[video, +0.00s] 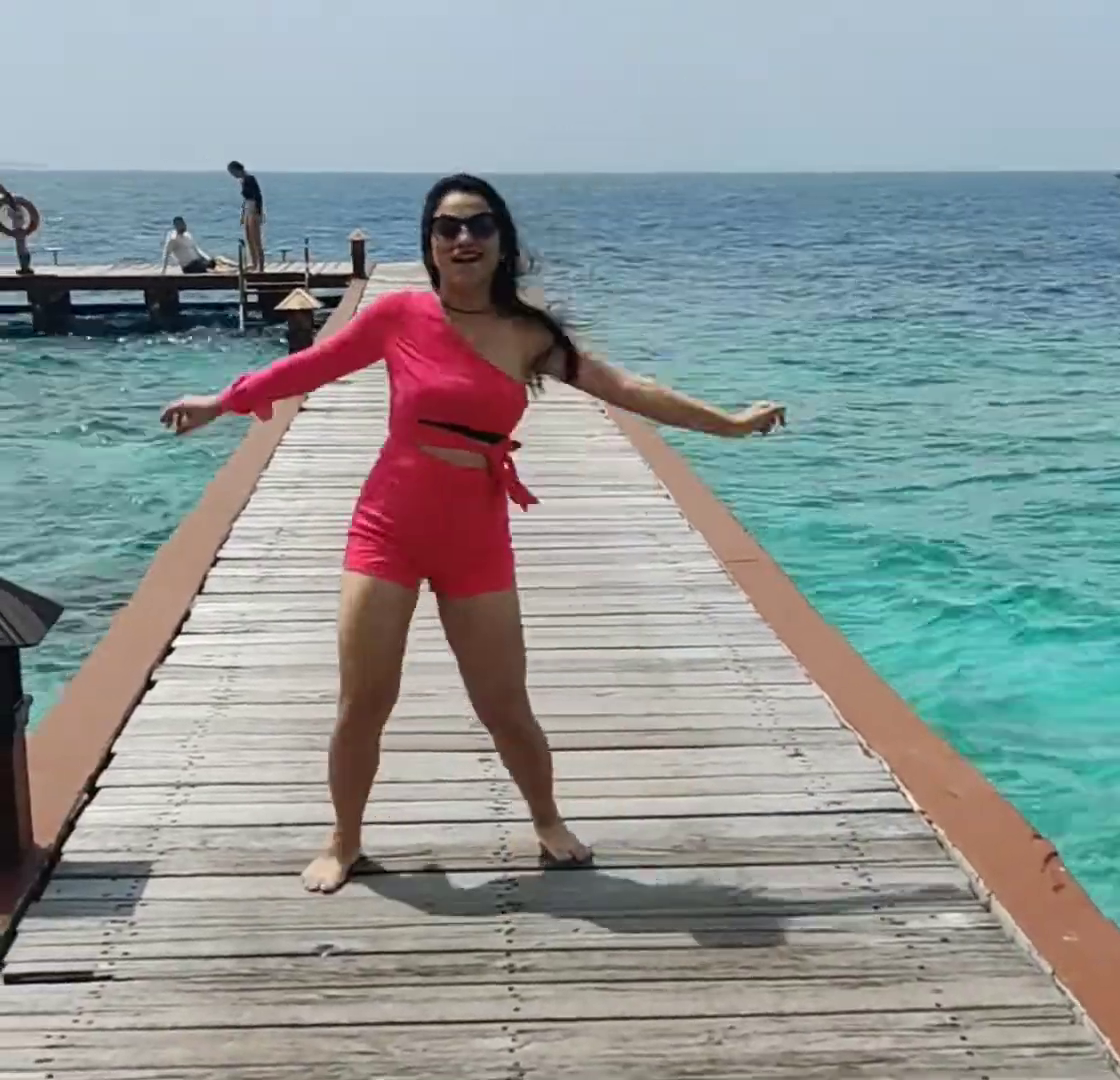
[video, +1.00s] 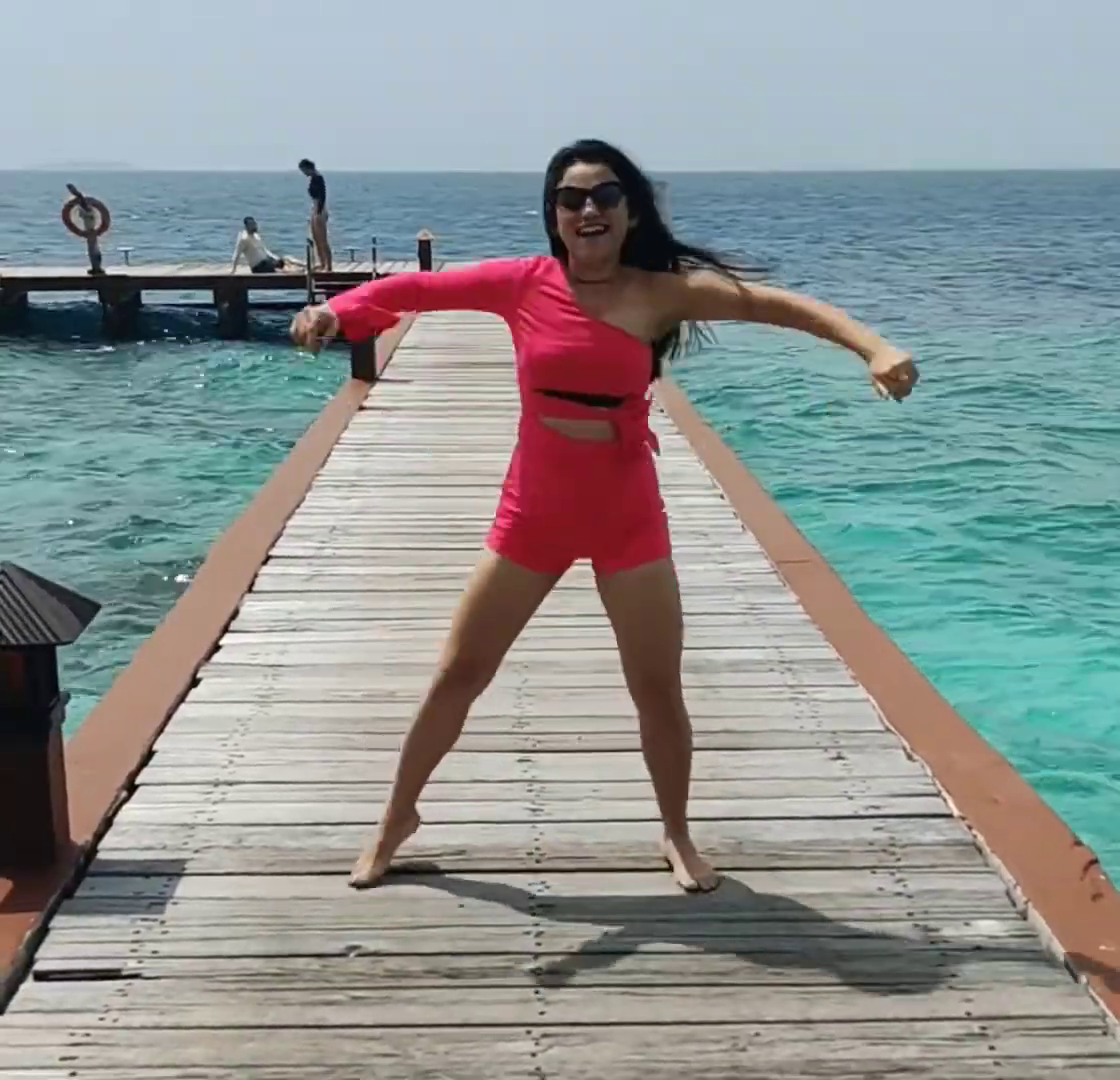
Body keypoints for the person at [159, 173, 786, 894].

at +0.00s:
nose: (461, 240)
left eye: (477, 227)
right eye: (447, 228)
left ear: (503, 242)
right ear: (429, 242)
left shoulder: (530, 334)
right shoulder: (398, 315)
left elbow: (625, 391)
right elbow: (311, 366)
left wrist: (728, 423)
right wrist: (220, 403)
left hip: (476, 535)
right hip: (387, 526)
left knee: (505, 708)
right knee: (364, 702)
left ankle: (549, 824)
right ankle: (344, 843)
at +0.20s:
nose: (463, 227)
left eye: (480, 217)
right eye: (449, 215)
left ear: (501, 236)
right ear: (427, 231)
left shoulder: (522, 327)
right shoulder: (397, 325)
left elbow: (543, 418)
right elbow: (320, 410)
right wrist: (236, 471)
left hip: (495, 534)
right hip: (402, 528)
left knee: (561, 706)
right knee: (385, 704)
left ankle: (585, 812)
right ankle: (375, 841)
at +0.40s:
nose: (477, 198)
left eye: (496, 189)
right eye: (464, 185)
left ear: (516, 210)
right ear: (441, 200)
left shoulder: (517, 278)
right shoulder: (418, 294)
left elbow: (464, 377)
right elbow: (426, 397)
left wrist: (358, 436)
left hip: (519, 505)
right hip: (433, 502)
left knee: (594, 679)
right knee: (397, 680)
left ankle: (664, 811)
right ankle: (384, 834)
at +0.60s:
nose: (508, 263)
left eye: (526, 251)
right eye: (495, 249)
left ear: (548, 264)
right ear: (476, 260)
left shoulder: (547, 319)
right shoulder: (476, 353)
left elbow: (550, 424)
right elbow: (454, 460)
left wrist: (458, 440)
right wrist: (505, 488)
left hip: (544, 562)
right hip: (470, 551)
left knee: (588, 727)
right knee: (393, 690)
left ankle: (673, 851)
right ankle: (383, 842)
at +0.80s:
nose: (567, 245)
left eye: (584, 233)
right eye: (551, 234)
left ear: (609, 247)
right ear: (532, 250)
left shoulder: (640, 327)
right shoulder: (510, 341)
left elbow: (738, 379)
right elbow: (452, 435)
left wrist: (678, 468)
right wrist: (453, 504)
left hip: (620, 546)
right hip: (529, 545)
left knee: (648, 720)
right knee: (441, 698)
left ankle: (682, 846)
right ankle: (393, 841)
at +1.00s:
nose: (590, 212)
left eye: (606, 197)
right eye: (573, 199)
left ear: (632, 210)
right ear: (554, 213)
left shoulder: (663, 293)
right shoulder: (523, 284)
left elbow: (786, 308)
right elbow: (416, 291)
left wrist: (874, 348)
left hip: (626, 509)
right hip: (534, 505)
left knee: (658, 686)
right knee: (458, 674)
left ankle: (677, 837)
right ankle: (394, 825)